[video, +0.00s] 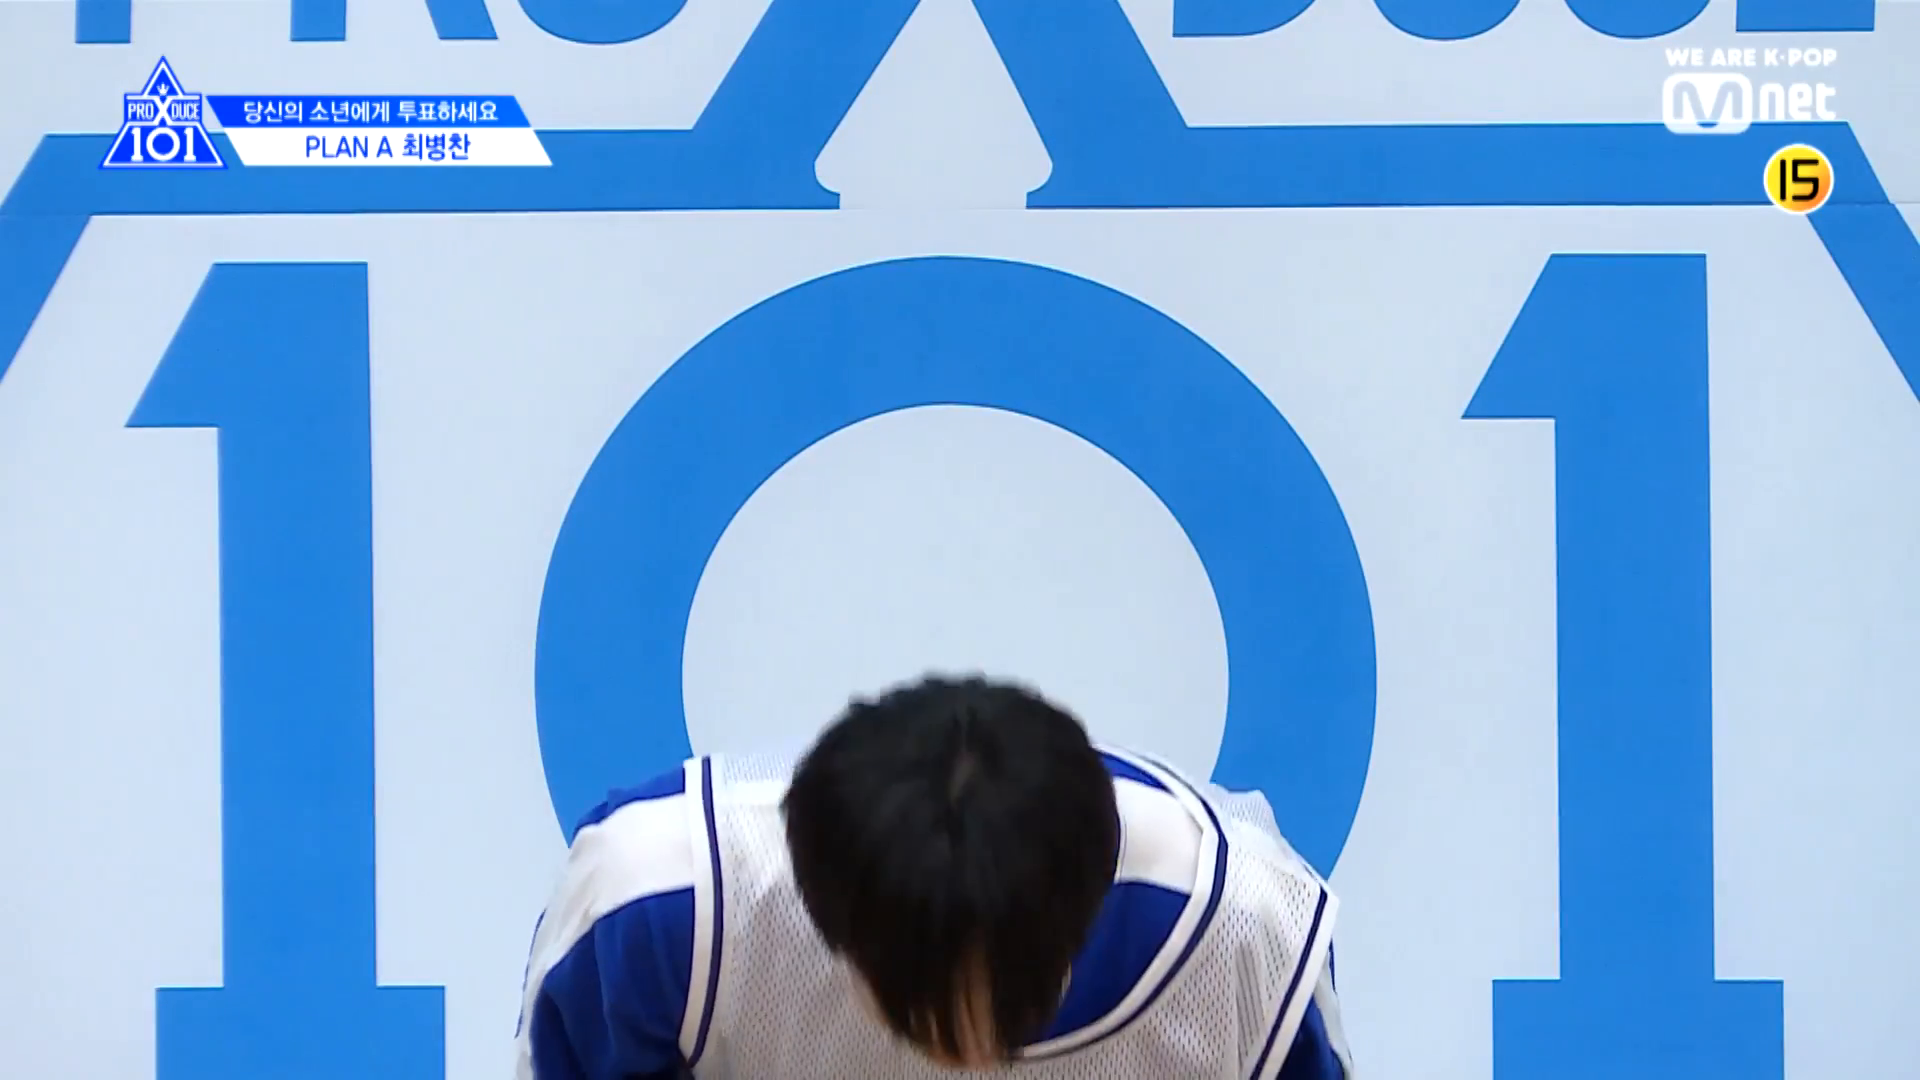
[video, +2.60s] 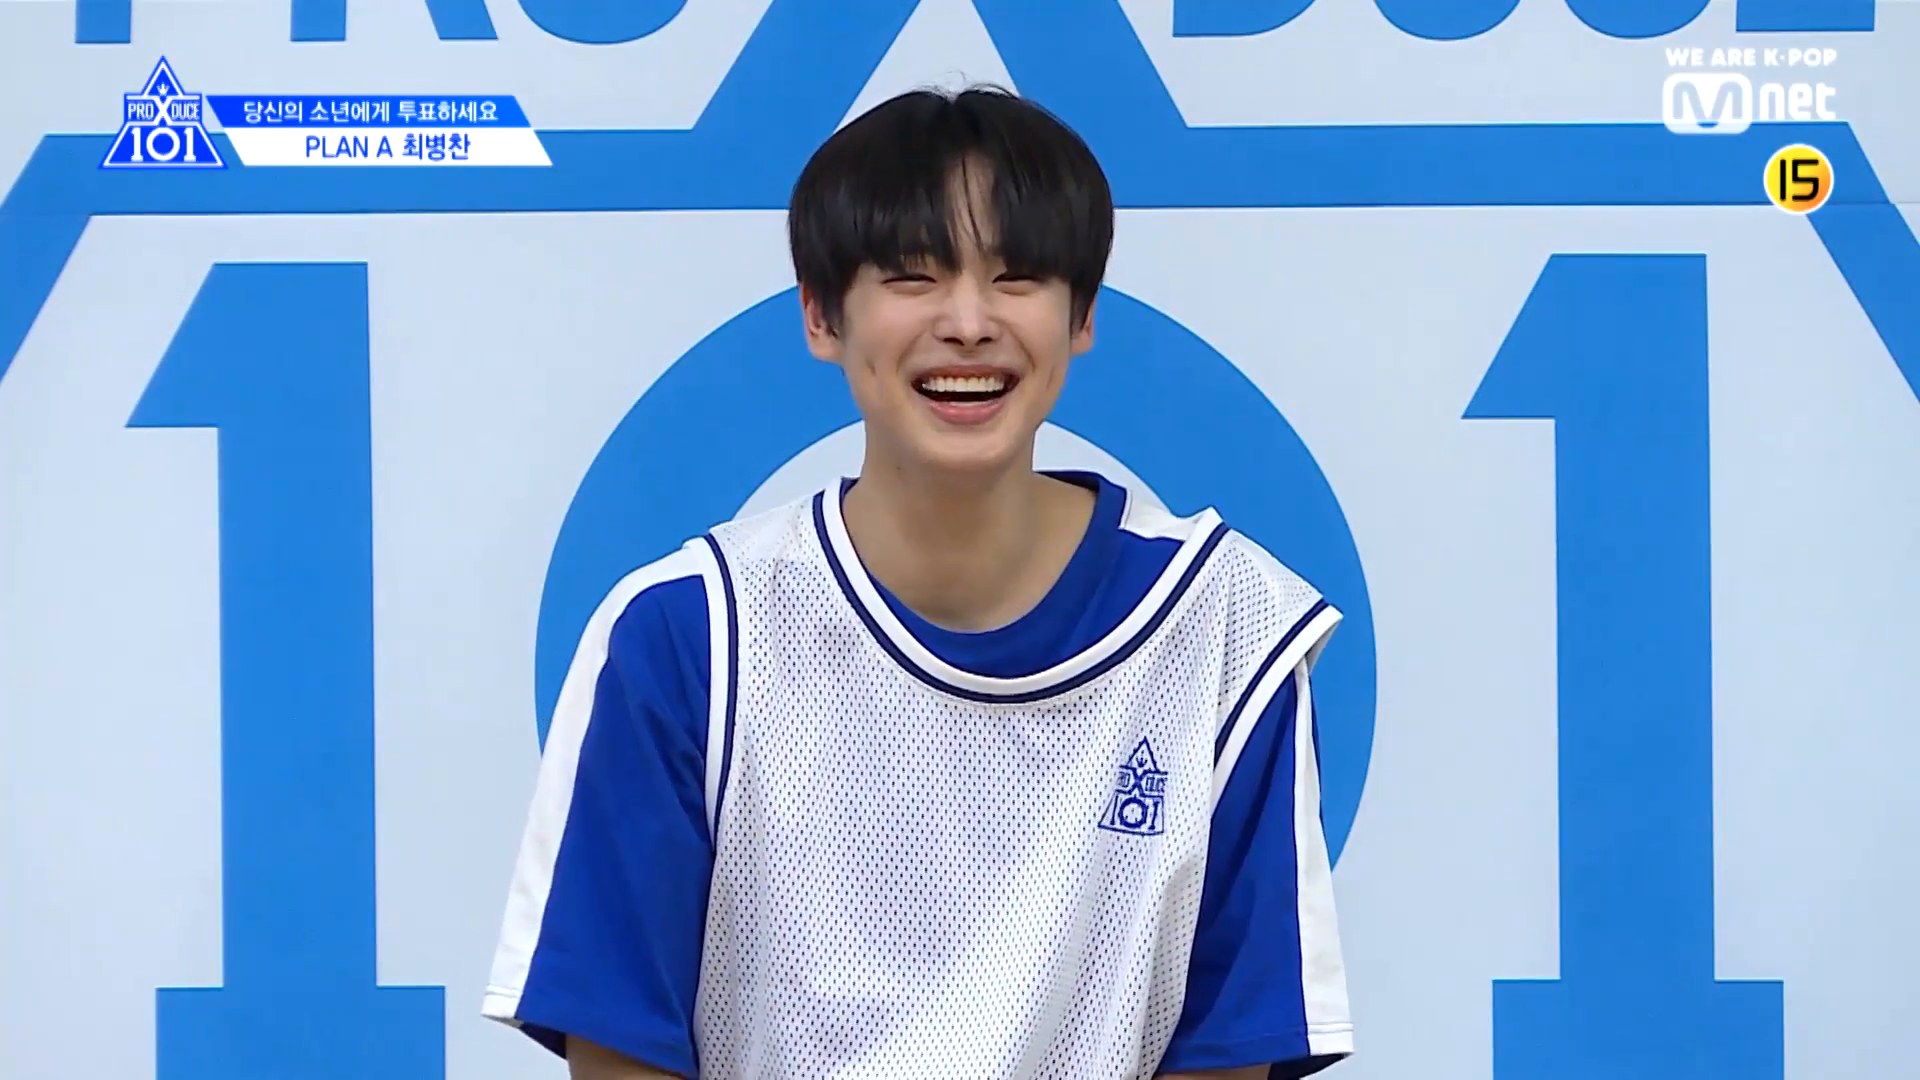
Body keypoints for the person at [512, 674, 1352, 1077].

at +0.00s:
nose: (973, 1050)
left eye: (1020, 1001)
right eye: (920, 1010)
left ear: (1086, 916)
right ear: (835, 926)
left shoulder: (1252, 957)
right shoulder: (646, 932)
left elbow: (1307, 1064)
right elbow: (569, 1061)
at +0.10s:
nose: (972, 942)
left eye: (1019, 891)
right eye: (917, 898)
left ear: (1083, 813)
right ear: (833, 823)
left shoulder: (1246, 897)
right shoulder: (659, 873)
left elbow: (1295, 1062)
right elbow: (581, 1058)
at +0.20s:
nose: (968, 799)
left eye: (1019, 737)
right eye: (913, 742)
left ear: (1088, 678)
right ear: (831, 685)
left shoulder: (1241, 833)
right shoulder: (664, 815)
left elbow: (1286, 1062)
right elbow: (591, 1060)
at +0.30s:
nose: (968, 650)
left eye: (1016, 579)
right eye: (916, 582)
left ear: (1084, 551)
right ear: (826, 558)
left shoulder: (1247, 779)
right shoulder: (671, 767)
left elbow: (1271, 1068)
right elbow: (593, 1066)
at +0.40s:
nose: (963, 510)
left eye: (1012, 452)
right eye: (908, 453)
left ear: (1079, 469)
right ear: (824, 475)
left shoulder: (1247, 737)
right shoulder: (674, 725)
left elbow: (1260, 1058)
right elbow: (591, 1055)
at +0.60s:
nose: (947, 378)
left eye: (995, 332)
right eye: (891, 333)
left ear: (1059, 381)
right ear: (807, 389)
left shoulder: (1225, 689)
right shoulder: (669, 681)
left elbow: (1241, 1058)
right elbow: (587, 1050)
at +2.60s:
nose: (968, 321)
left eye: (1017, 275)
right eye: (913, 273)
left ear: (1078, 322)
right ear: (824, 321)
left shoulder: (1232, 634)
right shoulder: (677, 639)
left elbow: (1238, 1051)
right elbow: (615, 1048)